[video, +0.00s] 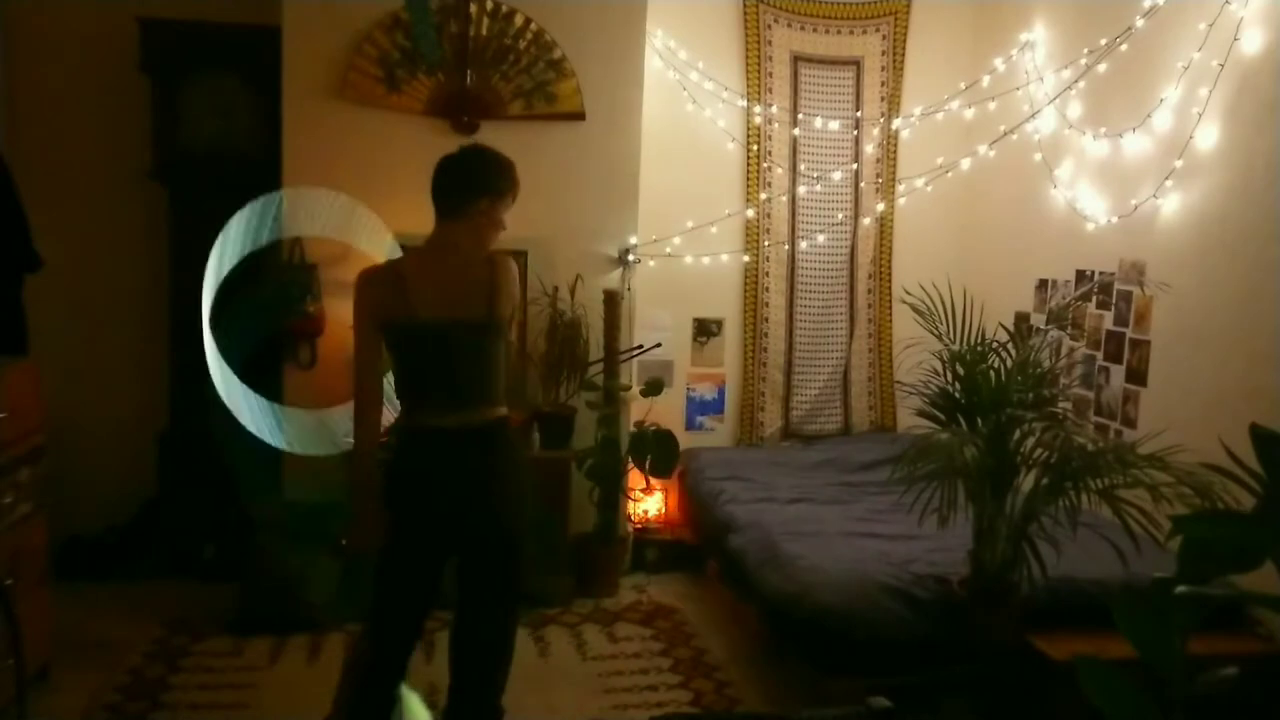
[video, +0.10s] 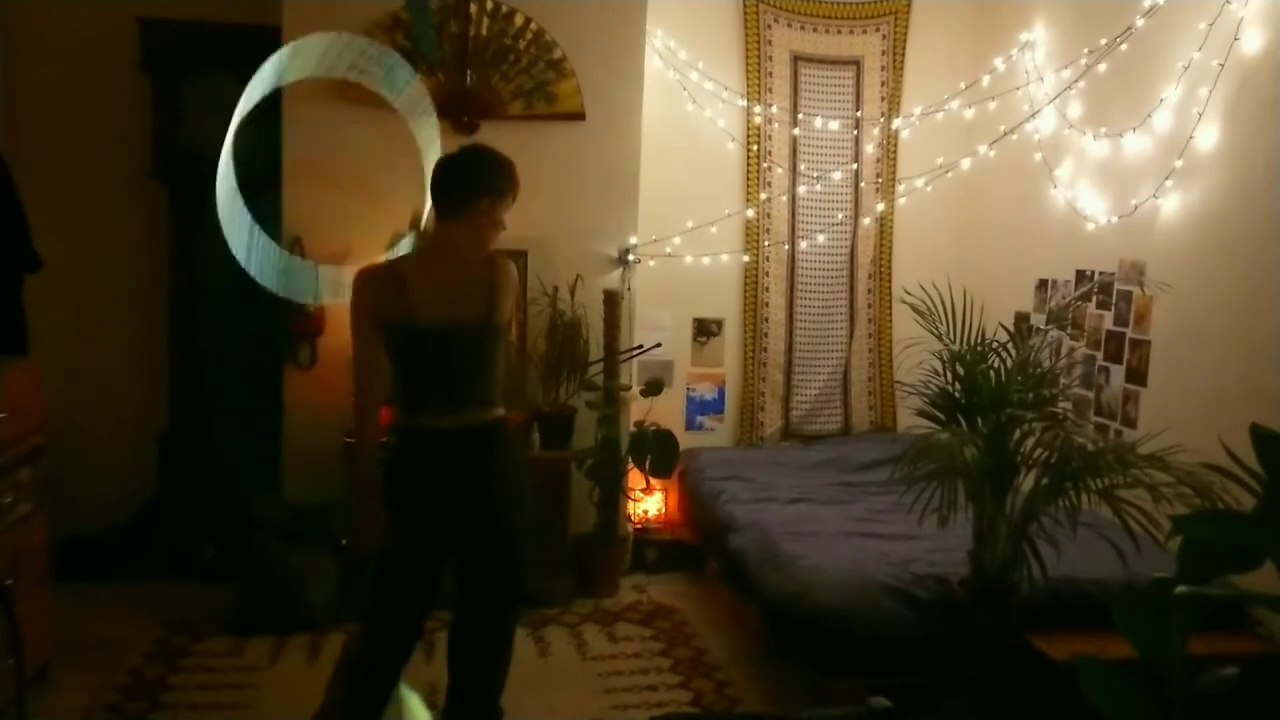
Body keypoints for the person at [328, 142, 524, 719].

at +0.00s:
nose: (504, 222)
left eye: (506, 208)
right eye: (502, 207)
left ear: (441, 203)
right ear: (478, 206)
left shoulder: (380, 283)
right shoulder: (502, 276)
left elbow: (368, 405)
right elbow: (514, 375)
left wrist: (363, 500)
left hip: (416, 465)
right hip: (488, 466)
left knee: (394, 622)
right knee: (486, 628)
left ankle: (361, 710)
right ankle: (475, 711)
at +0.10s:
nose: (503, 224)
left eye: (506, 210)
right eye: (500, 209)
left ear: (441, 204)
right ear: (475, 207)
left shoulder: (378, 283)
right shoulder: (501, 277)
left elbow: (368, 407)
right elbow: (511, 382)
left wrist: (364, 504)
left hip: (413, 470)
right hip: (486, 471)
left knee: (391, 626)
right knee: (484, 636)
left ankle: (347, 710)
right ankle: (473, 711)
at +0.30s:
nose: (496, 221)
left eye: (496, 206)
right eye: (493, 205)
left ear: (430, 198)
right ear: (473, 206)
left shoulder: (371, 281)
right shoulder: (487, 279)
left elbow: (352, 396)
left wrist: (350, 493)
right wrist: (544, 120)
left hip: (400, 461)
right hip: (471, 463)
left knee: (372, 623)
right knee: (477, 629)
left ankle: (341, 711)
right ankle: (467, 711)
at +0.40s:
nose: (497, 225)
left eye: (499, 210)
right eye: (493, 209)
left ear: (435, 204)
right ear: (467, 206)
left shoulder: (380, 286)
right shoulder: (489, 280)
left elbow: (354, 396)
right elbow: (567, 237)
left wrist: (351, 488)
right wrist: (610, 152)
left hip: (402, 462)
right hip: (468, 465)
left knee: (376, 624)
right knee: (477, 628)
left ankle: (341, 713)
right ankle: (462, 713)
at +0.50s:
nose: (500, 229)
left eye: (501, 215)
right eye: (495, 213)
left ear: (445, 210)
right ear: (462, 210)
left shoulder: (414, 284)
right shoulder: (437, 287)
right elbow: (563, 320)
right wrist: (641, 256)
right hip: (451, 469)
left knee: (414, 626)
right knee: (478, 633)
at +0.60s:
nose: (506, 231)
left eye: (506, 216)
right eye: (499, 215)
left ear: (459, 215)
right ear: (461, 212)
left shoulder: (438, 290)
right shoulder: (436, 297)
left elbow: (506, 380)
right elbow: (519, 389)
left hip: (459, 475)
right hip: (455, 479)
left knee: (461, 635)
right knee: (479, 649)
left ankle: (421, 706)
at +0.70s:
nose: (507, 224)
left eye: (506, 210)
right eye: (496, 210)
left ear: (466, 216)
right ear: (458, 213)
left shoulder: (465, 290)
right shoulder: (436, 300)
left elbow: (480, 403)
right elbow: (448, 425)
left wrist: (533, 426)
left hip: (476, 477)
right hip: (451, 485)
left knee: (485, 654)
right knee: (475, 664)